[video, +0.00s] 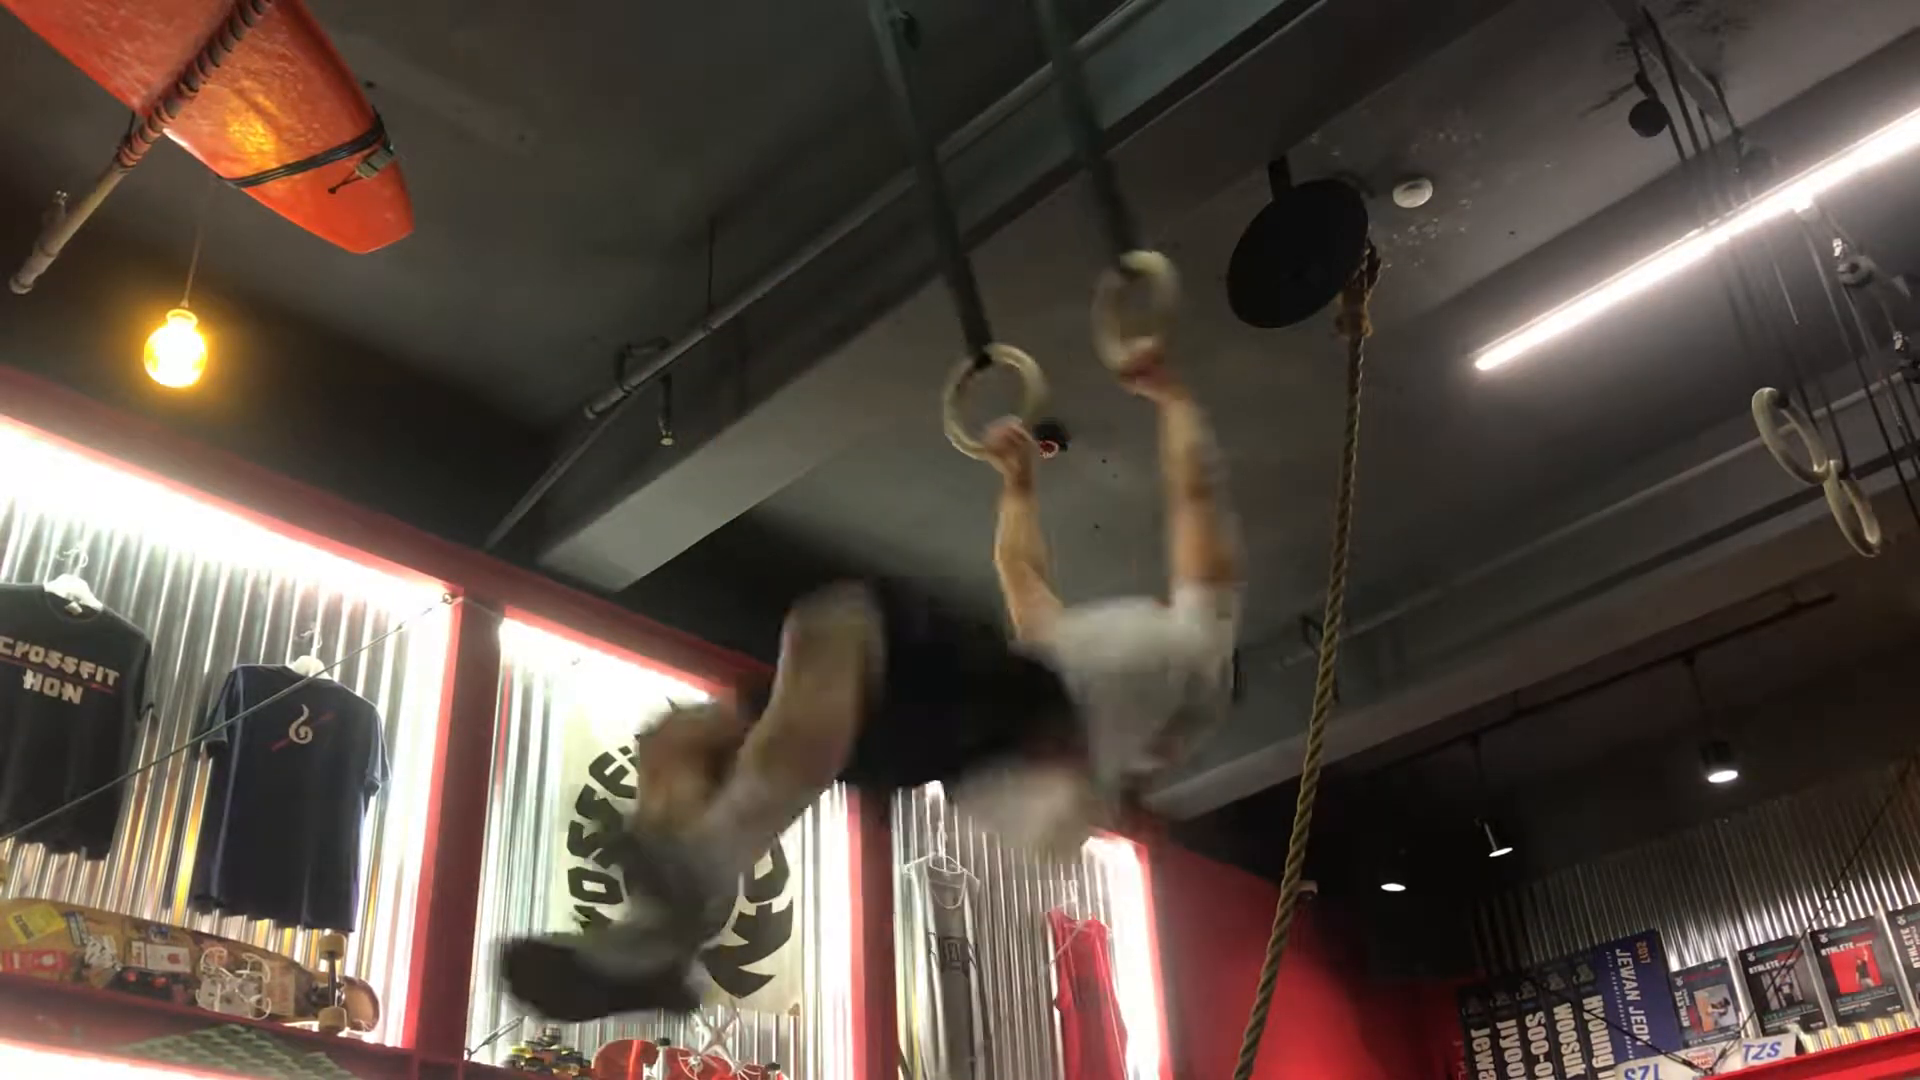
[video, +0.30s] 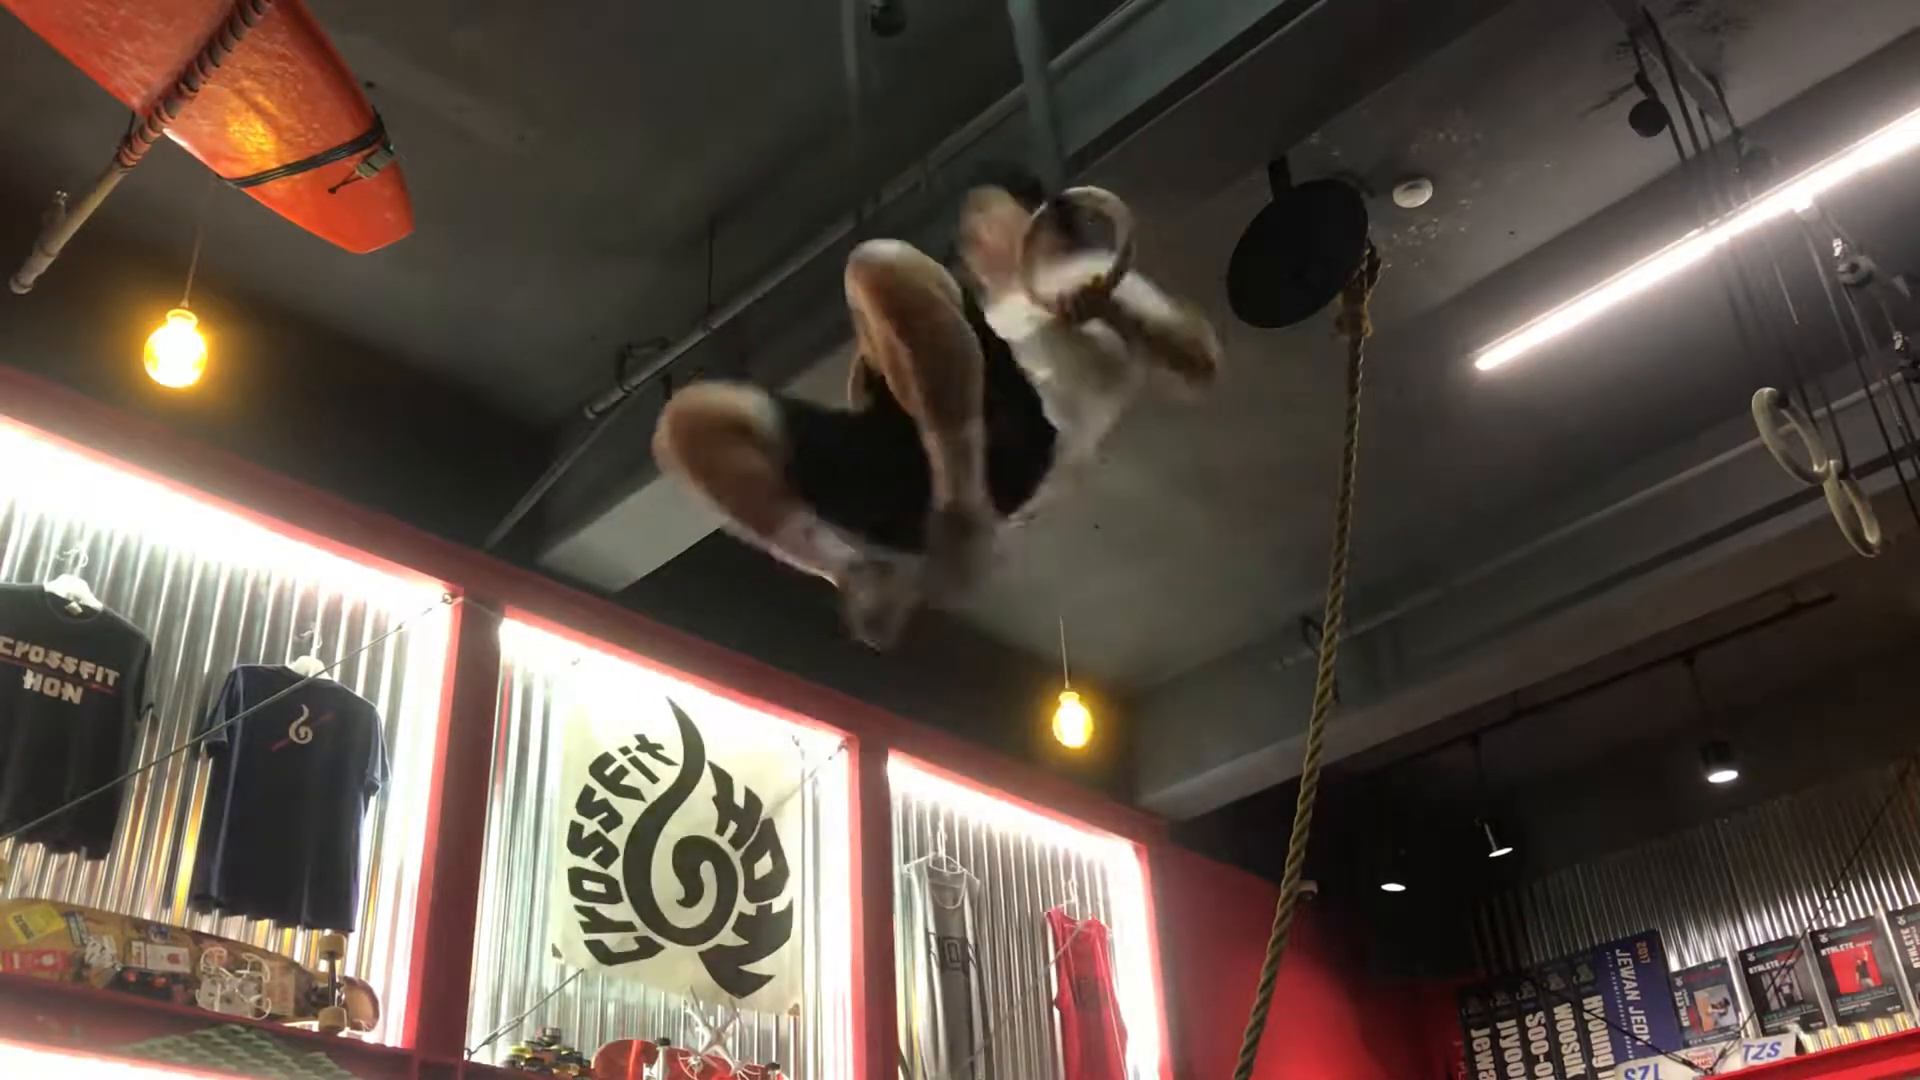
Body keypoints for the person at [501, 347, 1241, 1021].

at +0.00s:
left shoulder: (1199, 649)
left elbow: (1196, 503)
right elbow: (1024, 580)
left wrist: (1170, 392)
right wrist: (1016, 477)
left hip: (1041, 709)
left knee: (841, 621)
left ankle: (710, 861)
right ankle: (654, 949)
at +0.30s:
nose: (975, 233)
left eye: (990, 217)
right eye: (967, 228)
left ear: (1034, 225)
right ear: (968, 251)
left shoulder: (1092, 289)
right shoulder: (963, 325)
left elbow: (1201, 364)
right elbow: (876, 425)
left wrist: (1116, 301)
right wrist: (870, 364)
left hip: (1011, 454)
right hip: (908, 478)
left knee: (878, 267)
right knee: (687, 425)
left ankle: (963, 516)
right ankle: (854, 573)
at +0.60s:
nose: (781, 164)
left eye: (794, 137)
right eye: (768, 154)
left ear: (852, 126)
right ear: (763, 164)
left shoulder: (943, 157)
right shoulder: (808, 252)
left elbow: (1067, 152)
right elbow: (845, 307)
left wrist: (1068, 242)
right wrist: (872, 370)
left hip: (1055, 380)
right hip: (962, 426)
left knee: (973, 475)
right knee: (885, 534)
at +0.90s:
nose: (738, 21)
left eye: (761, 4)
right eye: (736, 10)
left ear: (815, 13)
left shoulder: (888, 61)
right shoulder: (758, 173)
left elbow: (1017, 115)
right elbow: (827, 268)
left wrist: (997, 192)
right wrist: (808, 339)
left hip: (1021, 293)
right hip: (927, 348)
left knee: (974, 389)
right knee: (884, 420)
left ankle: (1108, 454)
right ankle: (1038, 497)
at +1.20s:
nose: (838, 12)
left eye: (843, 5)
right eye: (836, 9)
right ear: (843, 16)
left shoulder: (958, 21)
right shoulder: (839, 114)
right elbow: (853, 250)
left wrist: (1014, 210)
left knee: (934, 281)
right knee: (854, 310)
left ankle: (979, 482)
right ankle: (893, 521)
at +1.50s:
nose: (968, 252)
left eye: (979, 230)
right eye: (957, 243)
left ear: (1024, 223)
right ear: (960, 261)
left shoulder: (1090, 272)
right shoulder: (973, 361)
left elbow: (1235, 347)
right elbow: (924, 443)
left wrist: (1179, 287)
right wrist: (891, 418)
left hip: (1063, 485)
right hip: (985, 554)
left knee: (913, 426)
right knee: (798, 495)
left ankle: (736, 450)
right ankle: (663, 581)